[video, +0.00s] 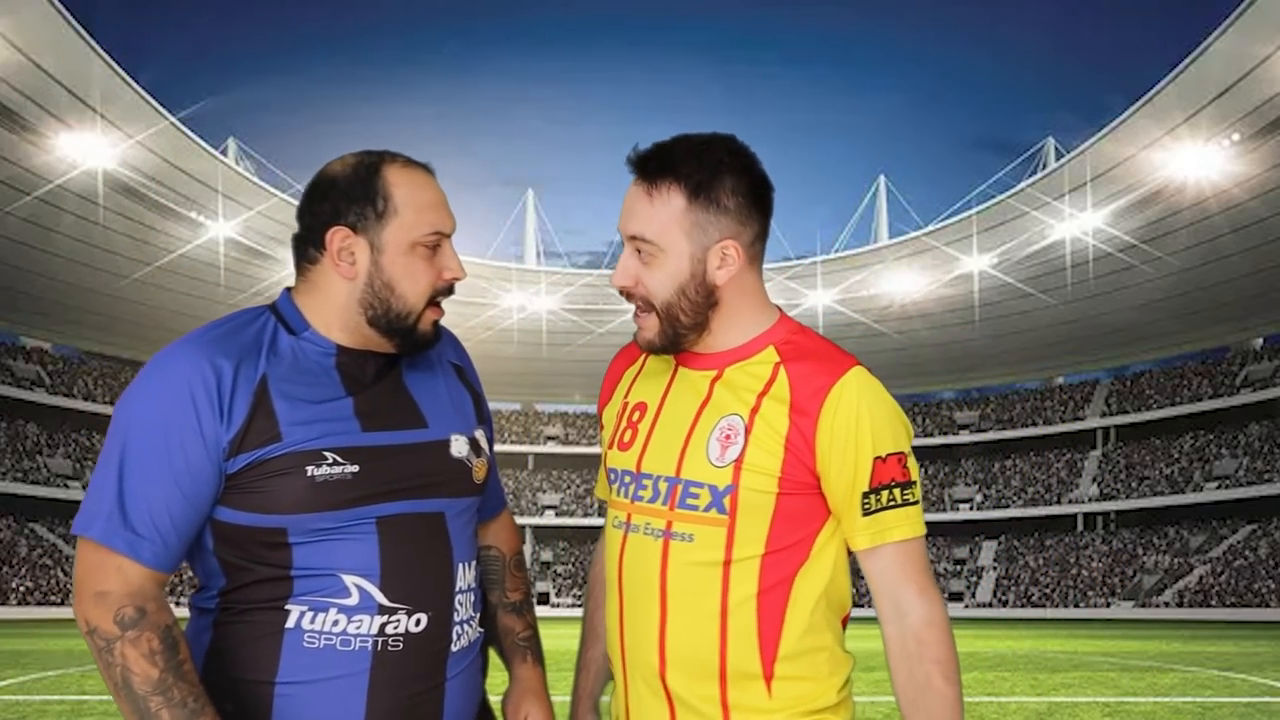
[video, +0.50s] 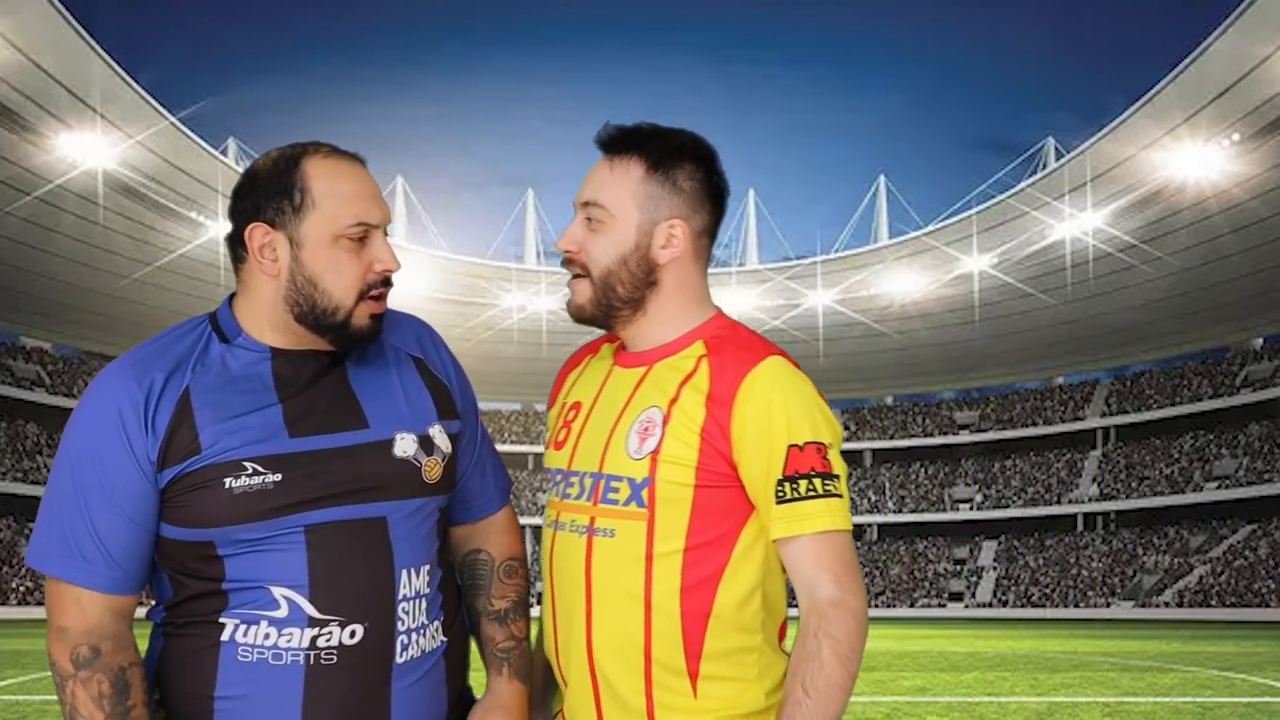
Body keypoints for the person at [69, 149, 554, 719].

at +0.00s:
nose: (458, 271)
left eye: (450, 245)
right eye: (432, 246)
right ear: (346, 253)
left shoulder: (444, 364)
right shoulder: (204, 378)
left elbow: (491, 526)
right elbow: (113, 601)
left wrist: (528, 678)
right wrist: (197, 713)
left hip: (452, 707)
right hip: (274, 704)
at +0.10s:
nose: (440, 266)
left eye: (433, 240)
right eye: (414, 241)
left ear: (328, 252)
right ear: (327, 251)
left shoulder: (434, 361)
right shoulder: (188, 384)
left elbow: (486, 523)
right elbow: (104, 607)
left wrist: (524, 678)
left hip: (447, 707)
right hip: (264, 705)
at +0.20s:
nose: (425, 262)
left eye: (418, 235)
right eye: (399, 237)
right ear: (310, 247)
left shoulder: (428, 360)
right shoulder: (172, 388)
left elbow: (485, 524)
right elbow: (97, 616)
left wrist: (521, 680)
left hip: (439, 705)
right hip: (250, 704)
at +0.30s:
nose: (413, 261)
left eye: (405, 234)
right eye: (385, 236)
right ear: (295, 247)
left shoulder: (420, 358)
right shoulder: (157, 390)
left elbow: (482, 523)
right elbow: (81, 617)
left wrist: (518, 680)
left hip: (434, 709)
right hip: (241, 708)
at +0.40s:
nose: (401, 262)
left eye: (394, 236)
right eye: (371, 239)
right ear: (279, 248)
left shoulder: (416, 357)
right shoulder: (144, 392)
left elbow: (481, 527)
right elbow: (81, 625)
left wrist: (513, 687)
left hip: (428, 709)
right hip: (234, 708)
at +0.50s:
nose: (391, 261)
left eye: (385, 236)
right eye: (359, 238)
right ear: (266, 250)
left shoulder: (417, 356)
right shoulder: (140, 396)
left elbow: (484, 528)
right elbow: (85, 634)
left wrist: (508, 686)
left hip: (419, 707)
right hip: (225, 706)